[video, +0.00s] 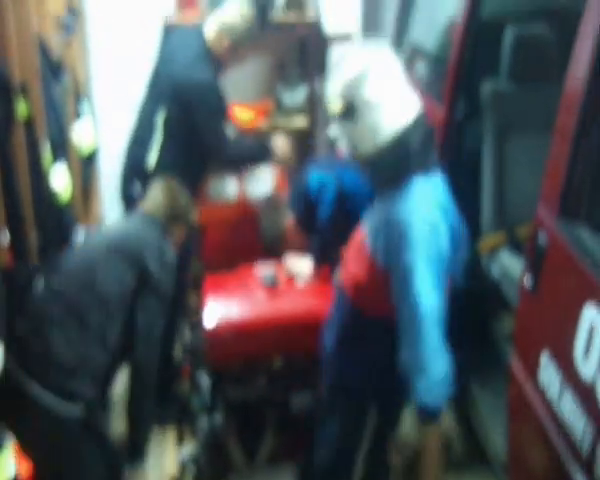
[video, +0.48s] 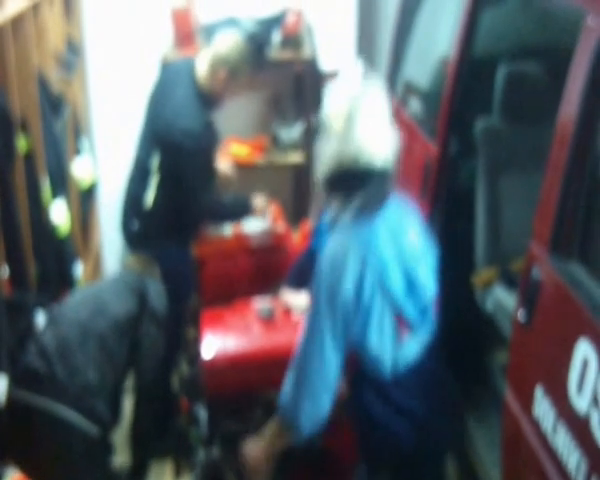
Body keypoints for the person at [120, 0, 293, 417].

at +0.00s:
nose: (241, 55)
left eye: (244, 46)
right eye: (241, 46)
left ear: (214, 26)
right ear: (226, 38)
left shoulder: (180, 42)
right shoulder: (198, 78)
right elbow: (218, 150)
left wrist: (242, 131)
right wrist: (267, 147)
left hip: (144, 183)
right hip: (167, 196)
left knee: (155, 291)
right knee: (170, 298)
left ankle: (155, 387)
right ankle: (161, 397)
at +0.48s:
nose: (239, 91)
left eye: (244, 81)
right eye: (240, 81)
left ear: (212, 55)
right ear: (224, 71)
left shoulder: (176, 74)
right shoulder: (192, 128)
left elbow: (177, 141)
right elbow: (199, 207)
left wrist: (212, 161)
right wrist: (251, 205)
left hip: (143, 224)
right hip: (163, 242)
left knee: (154, 334)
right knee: (165, 346)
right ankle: (152, 448)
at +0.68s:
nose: (229, 87)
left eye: (232, 79)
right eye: (230, 78)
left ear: (207, 56)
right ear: (218, 69)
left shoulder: (171, 71)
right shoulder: (189, 122)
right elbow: (212, 180)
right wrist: (258, 207)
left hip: (139, 213)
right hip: (160, 229)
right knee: (171, 318)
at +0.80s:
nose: (224, 82)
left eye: (227, 75)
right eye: (226, 75)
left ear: (199, 49)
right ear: (216, 65)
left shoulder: (166, 72)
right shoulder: (190, 112)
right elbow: (220, 166)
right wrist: (260, 203)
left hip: (136, 211)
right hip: (158, 224)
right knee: (171, 302)